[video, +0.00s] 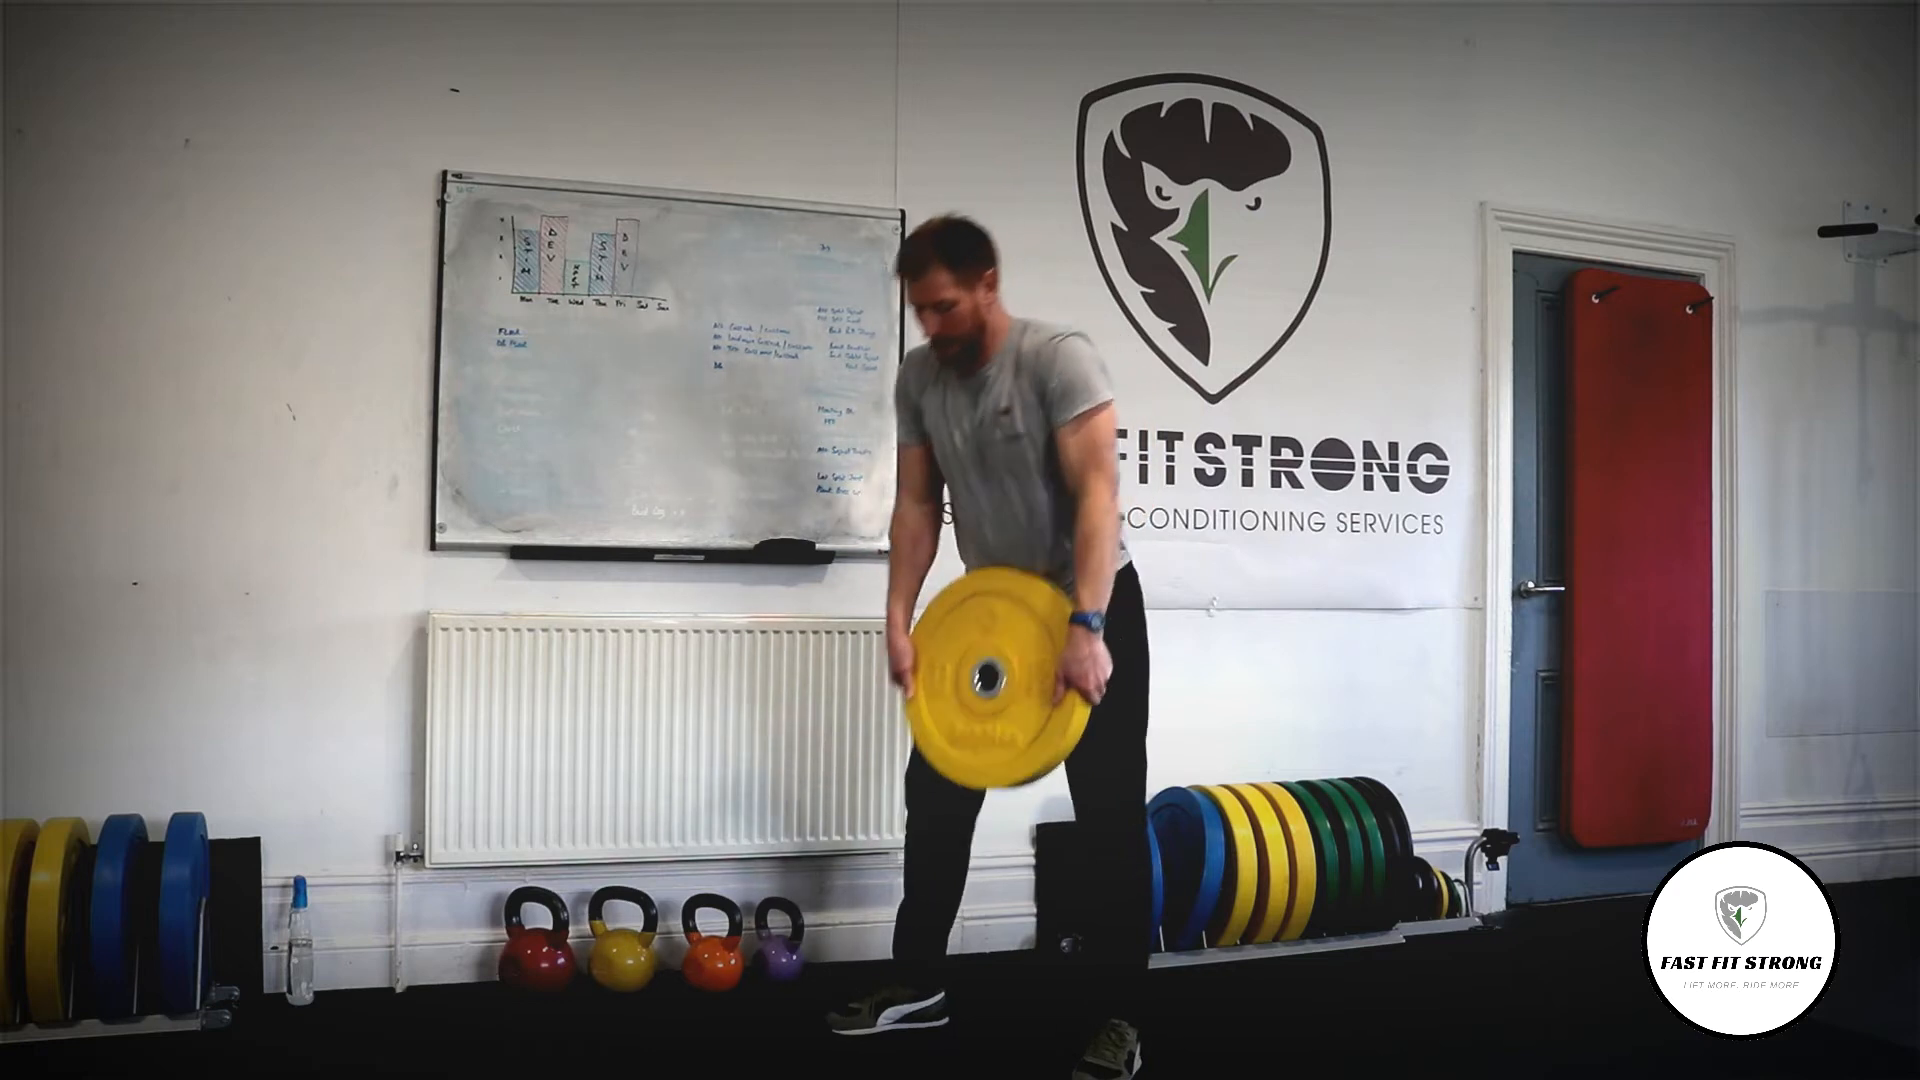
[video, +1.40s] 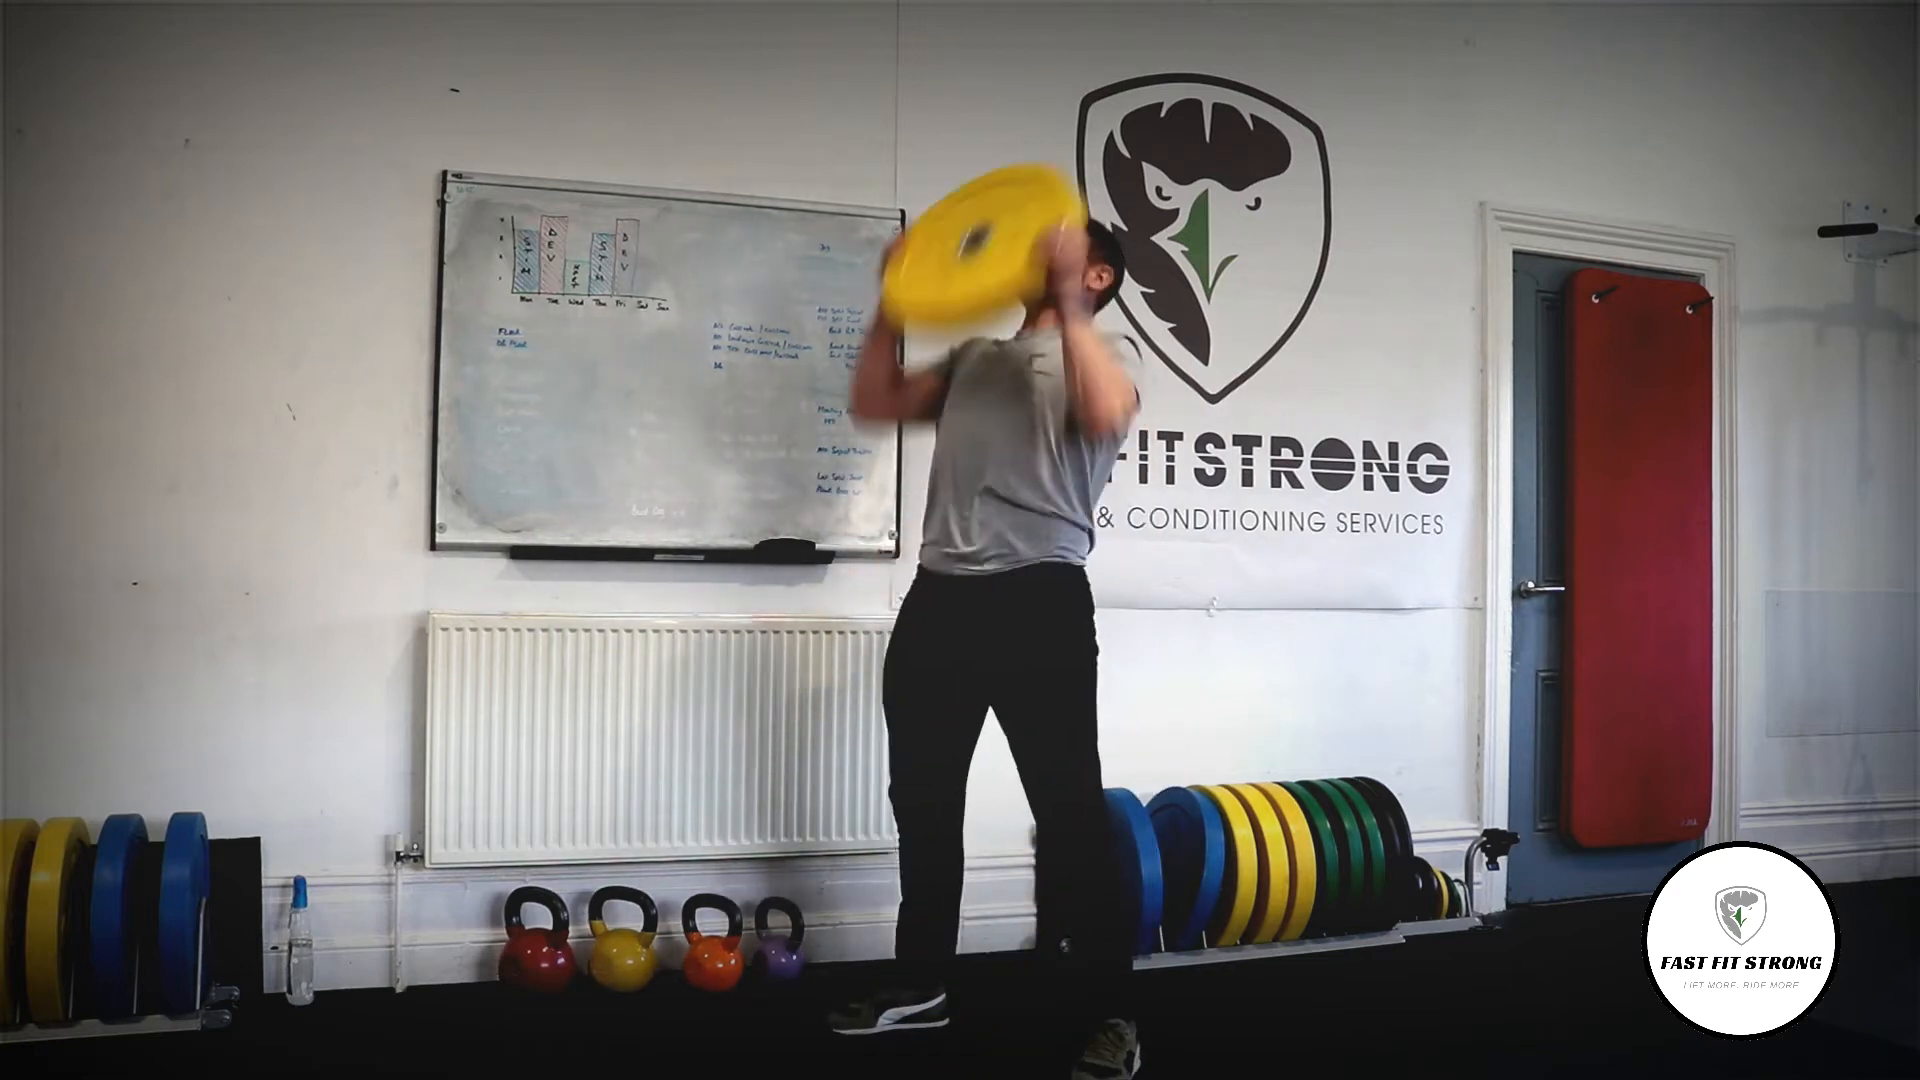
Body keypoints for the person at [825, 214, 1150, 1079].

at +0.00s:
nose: (928, 325)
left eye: (941, 307)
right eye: (918, 309)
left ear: (987, 286)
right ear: (912, 302)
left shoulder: (1058, 358)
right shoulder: (920, 377)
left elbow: (1100, 492)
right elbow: (918, 505)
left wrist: (1088, 624)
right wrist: (898, 616)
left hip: (1089, 603)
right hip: (993, 608)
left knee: (1107, 806)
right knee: (936, 787)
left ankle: (1118, 1014)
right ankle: (917, 982)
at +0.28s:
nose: (884, 477)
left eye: (894, 458)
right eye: (872, 463)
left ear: (939, 429)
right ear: (860, 455)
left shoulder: (1030, 499)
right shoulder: (877, 530)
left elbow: (1051, 647)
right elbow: (887, 660)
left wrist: (1059, 793)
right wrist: (883, 785)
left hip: (1103, 657)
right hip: (995, 668)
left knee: (1131, 823)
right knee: (876, 780)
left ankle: (1117, 1020)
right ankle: (915, 982)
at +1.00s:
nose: (907, 370)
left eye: (925, 356)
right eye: (905, 356)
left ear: (980, 366)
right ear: (904, 368)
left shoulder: (1036, 453)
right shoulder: (903, 468)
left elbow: (1119, 568)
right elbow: (918, 580)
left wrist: (1066, 679)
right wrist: (884, 681)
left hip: (1098, 653)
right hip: (999, 657)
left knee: (1122, 834)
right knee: (884, 783)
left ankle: (1117, 1025)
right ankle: (915, 987)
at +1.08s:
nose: (933, 313)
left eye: (952, 299)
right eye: (932, 299)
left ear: (1003, 315)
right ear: (931, 316)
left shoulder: (1059, 408)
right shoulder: (924, 419)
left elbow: (1138, 526)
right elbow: (940, 529)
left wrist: (1074, 596)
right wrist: (891, 598)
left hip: (1089, 635)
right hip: (985, 637)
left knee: (1112, 821)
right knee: (891, 790)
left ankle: (1120, 1026)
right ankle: (915, 991)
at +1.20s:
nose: (996, 266)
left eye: (1014, 252)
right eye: (994, 254)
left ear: (1065, 267)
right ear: (997, 269)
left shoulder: (1108, 368)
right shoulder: (965, 379)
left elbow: (1142, 502)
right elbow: (952, 503)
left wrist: (1060, 492)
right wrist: (877, 489)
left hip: (1066, 616)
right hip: (968, 613)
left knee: (1085, 811)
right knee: (897, 788)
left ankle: (1108, 1018)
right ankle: (916, 989)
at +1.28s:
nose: (1021, 259)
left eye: (1040, 246)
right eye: (1019, 246)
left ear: (1089, 264)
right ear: (1018, 261)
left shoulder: (1113, 358)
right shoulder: (987, 353)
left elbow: (1135, 487)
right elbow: (923, 479)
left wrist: (1069, 412)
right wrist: (879, 400)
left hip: (1050, 597)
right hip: (956, 594)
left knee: (1072, 802)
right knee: (917, 793)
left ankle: (1104, 1011)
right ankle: (919, 989)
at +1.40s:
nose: (1047, 249)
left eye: (1069, 244)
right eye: (1045, 240)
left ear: (1097, 278)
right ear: (1028, 264)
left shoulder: (1103, 366)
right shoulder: (977, 361)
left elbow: (1103, 417)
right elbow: (872, 401)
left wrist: (1066, 300)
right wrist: (892, 301)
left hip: (1042, 604)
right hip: (941, 602)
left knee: (1068, 807)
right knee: (923, 802)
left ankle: (1104, 1013)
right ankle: (922, 989)